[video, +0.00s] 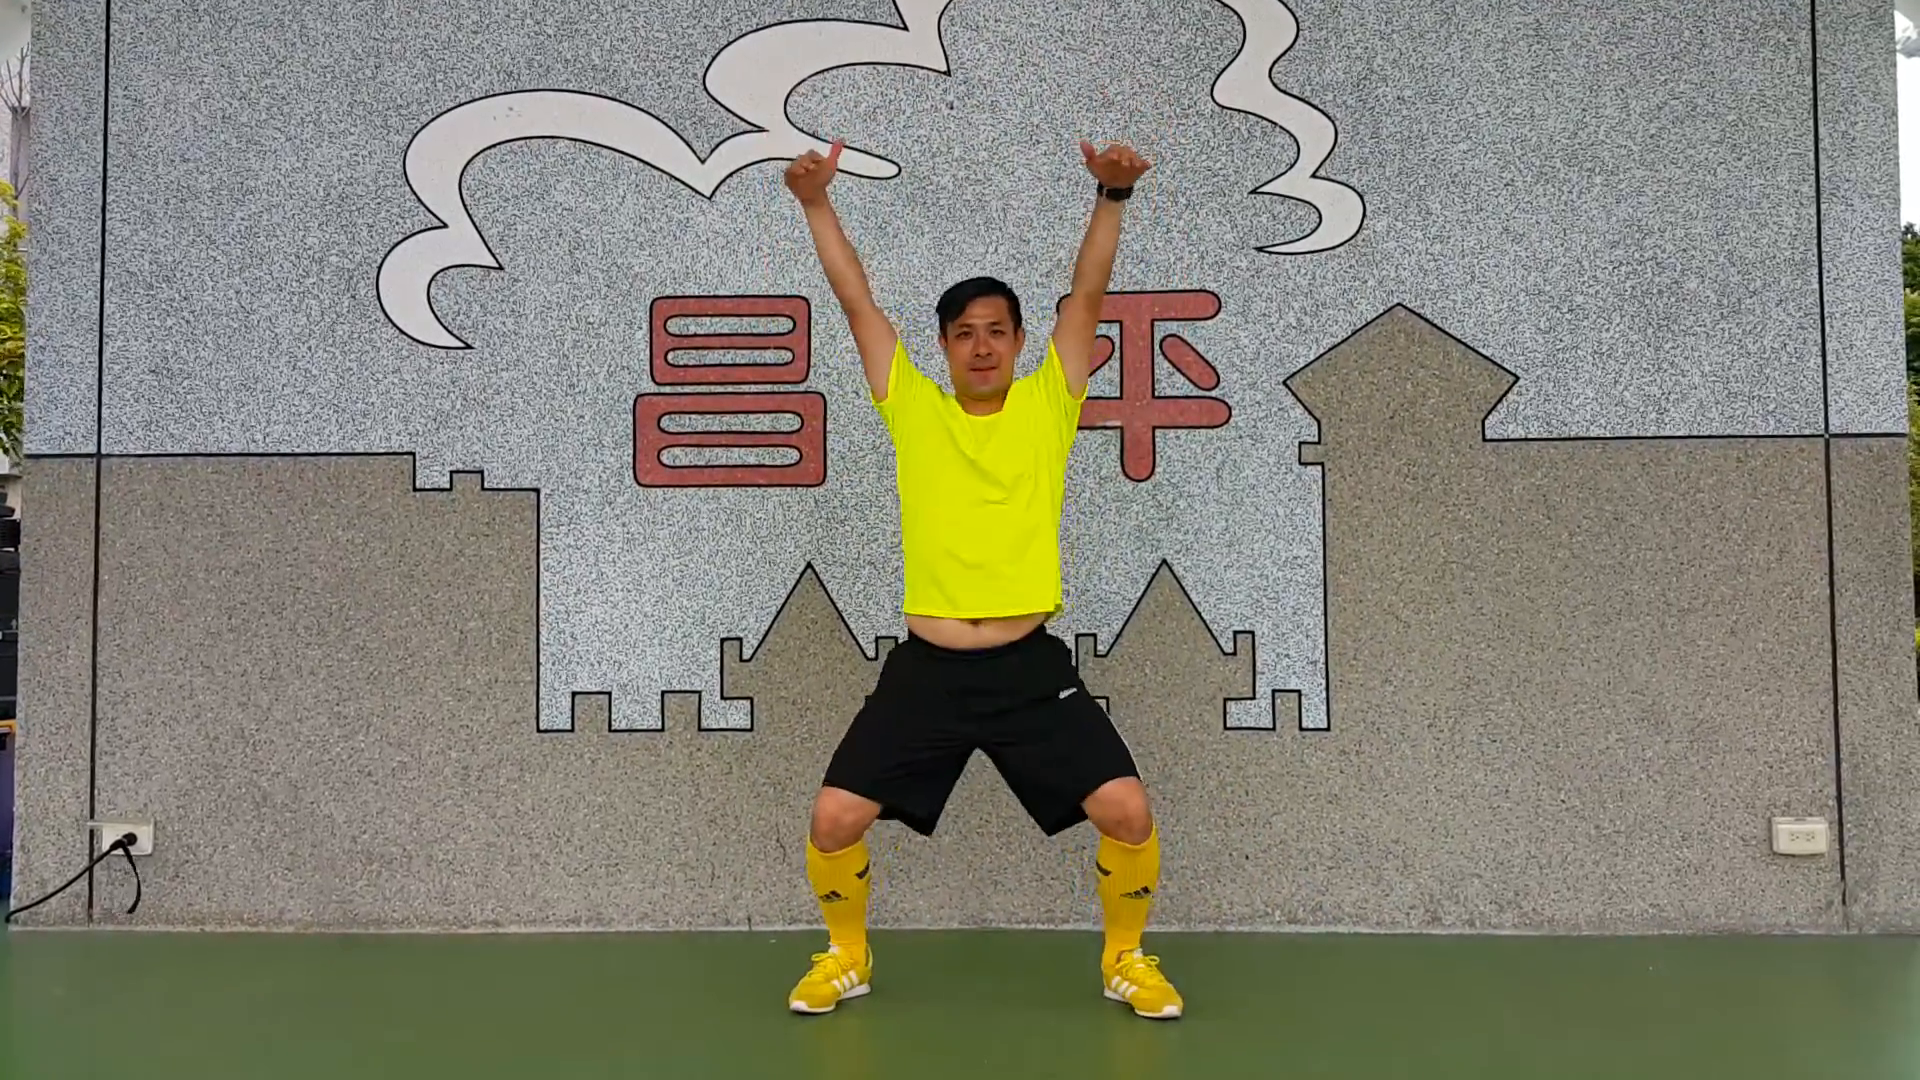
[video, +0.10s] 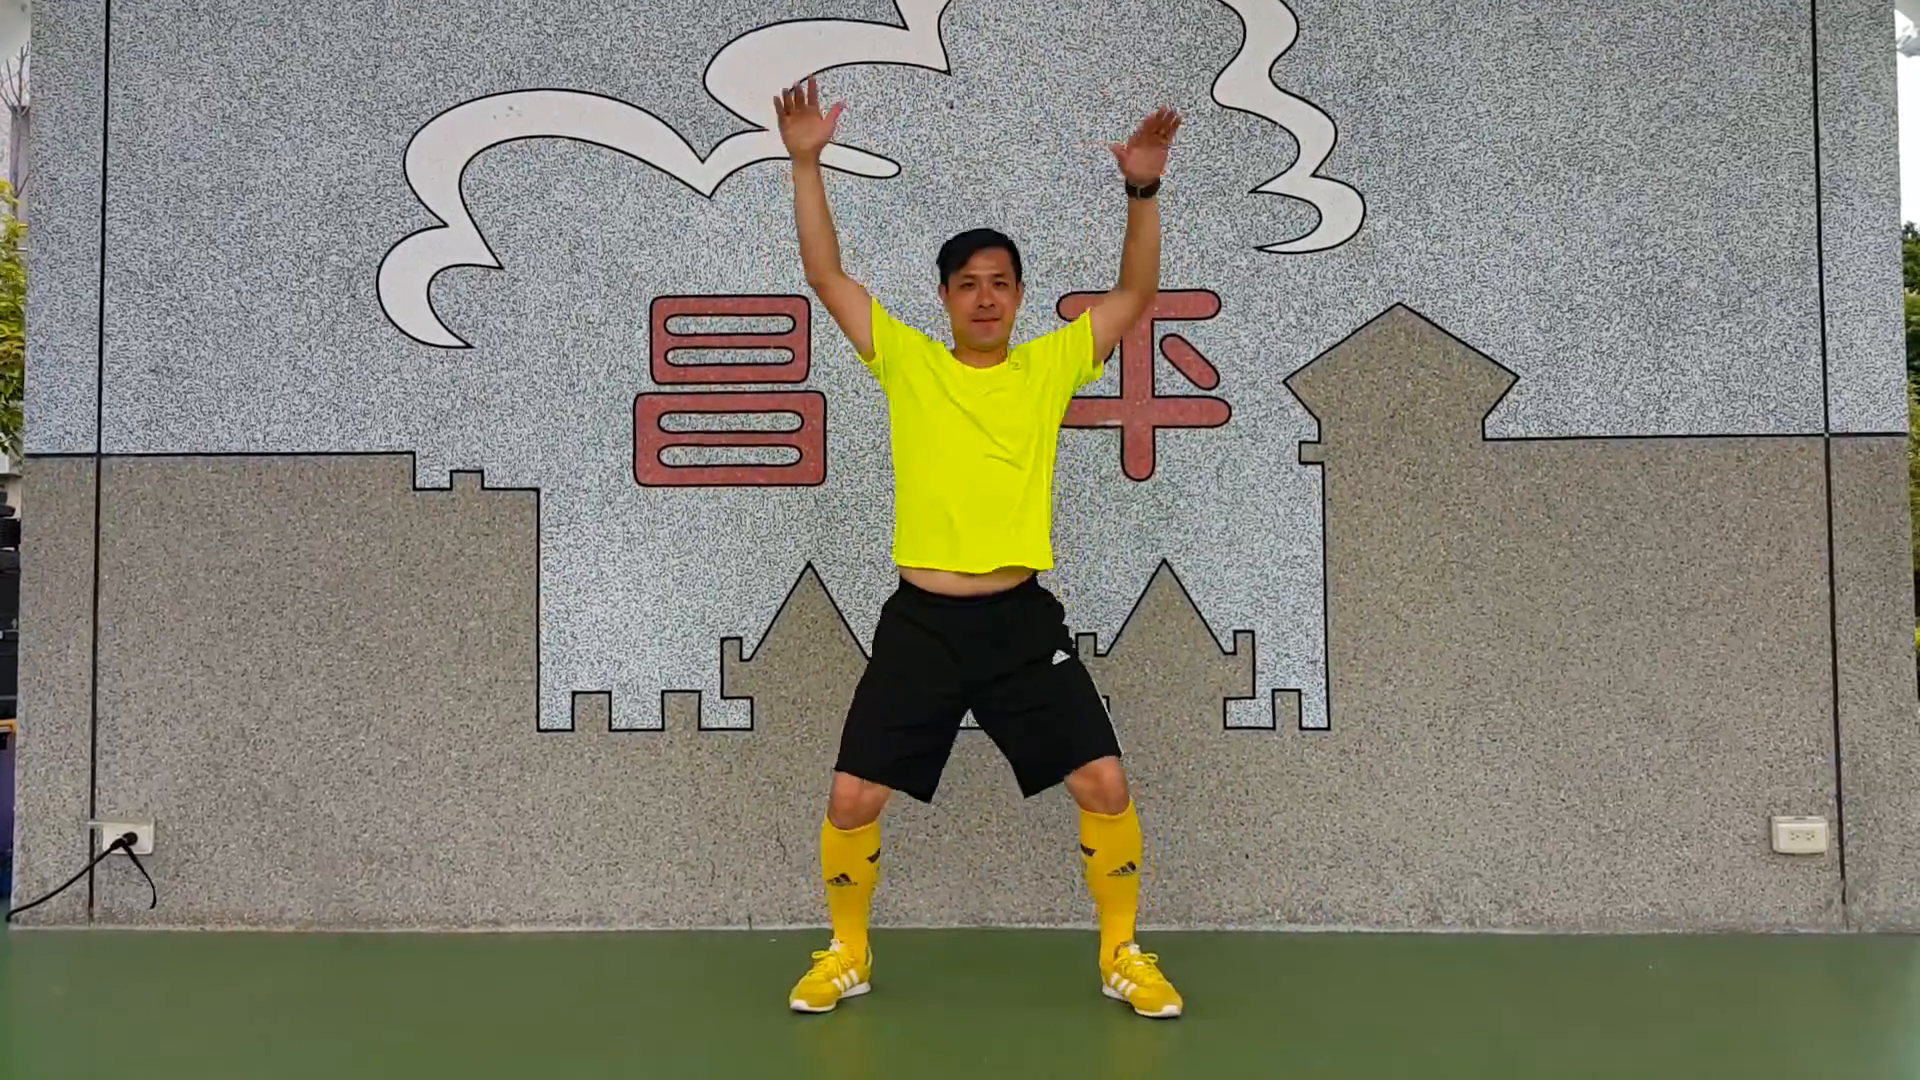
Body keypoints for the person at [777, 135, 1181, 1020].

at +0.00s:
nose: (984, 344)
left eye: (998, 331)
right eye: (967, 333)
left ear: (1020, 342)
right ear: (944, 347)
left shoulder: (1047, 411)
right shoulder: (914, 412)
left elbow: (1085, 301)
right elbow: (857, 305)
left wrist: (1111, 198)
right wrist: (817, 201)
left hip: (1031, 670)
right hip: (923, 673)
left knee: (1127, 811)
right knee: (834, 817)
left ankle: (1125, 961)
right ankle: (848, 957)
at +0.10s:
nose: (985, 296)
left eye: (1001, 283)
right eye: (968, 284)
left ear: (1021, 297)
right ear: (943, 298)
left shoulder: (1050, 368)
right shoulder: (906, 362)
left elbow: (1135, 295)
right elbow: (827, 274)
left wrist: (1143, 190)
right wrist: (804, 158)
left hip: (1021, 619)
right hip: (917, 622)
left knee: (1105, 785)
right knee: (850, 798)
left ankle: (1121, 956)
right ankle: (847, 954)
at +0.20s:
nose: (994, 245)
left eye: (1007, 233)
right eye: (976, 233)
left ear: (1023, 246)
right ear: (947, 246)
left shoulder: (1055, 326)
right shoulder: (905, 309)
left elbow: (1166, 327)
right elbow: (794, 281)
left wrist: (1169, 235)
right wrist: (813, 168)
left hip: (1019, 575)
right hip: (918, 571)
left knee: (1082, 751)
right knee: (874, 766)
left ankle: (1097, 944)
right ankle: (844, 945)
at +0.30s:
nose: (1011, 226)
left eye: (1020, 212)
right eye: (992, 213)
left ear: (1031, 224)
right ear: (955, 225)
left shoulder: (1056, 321)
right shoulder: (914, 296)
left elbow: (1141, 397)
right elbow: (809, 343)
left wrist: (1170, 314)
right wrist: (839, 251)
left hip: (1019, 558)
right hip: (924, 554)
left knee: (1064, 750)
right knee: (880, 752)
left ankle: (1063, 943)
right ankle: (842, 936)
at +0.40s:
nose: (1037, 238)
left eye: (1037, 225)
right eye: (1018, 224)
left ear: (1032, 239)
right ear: (970, 239)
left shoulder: (1055, 352)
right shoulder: (927, 328)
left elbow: (1097, 453)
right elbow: (857, 435)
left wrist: (1169, 405)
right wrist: (895, 365)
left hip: (1020, 573)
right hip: (927, 564)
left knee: (1059, 756)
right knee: (880, 760)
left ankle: (1061, 944)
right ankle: (831, 934)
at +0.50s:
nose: (1045, 247)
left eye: (1043, 232)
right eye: (1030, 231)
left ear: (1019, 242)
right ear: (982, 237)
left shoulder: (1048, 353)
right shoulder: (934, 316)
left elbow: (1125, 409)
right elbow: (898, 391)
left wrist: (1175, 340)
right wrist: (970, 302)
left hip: (1008, 579)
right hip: (920, 561)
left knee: (1045, 756)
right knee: (864, 756)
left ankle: (1059, 941)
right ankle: (780, 915)